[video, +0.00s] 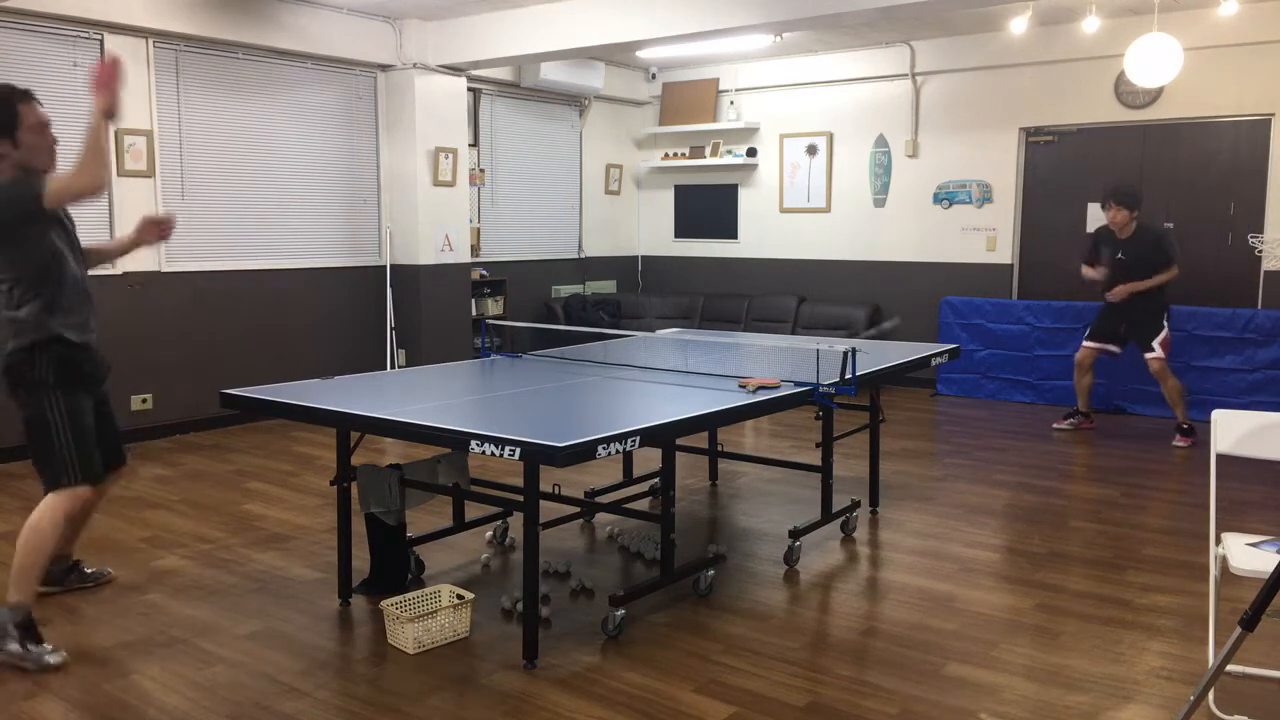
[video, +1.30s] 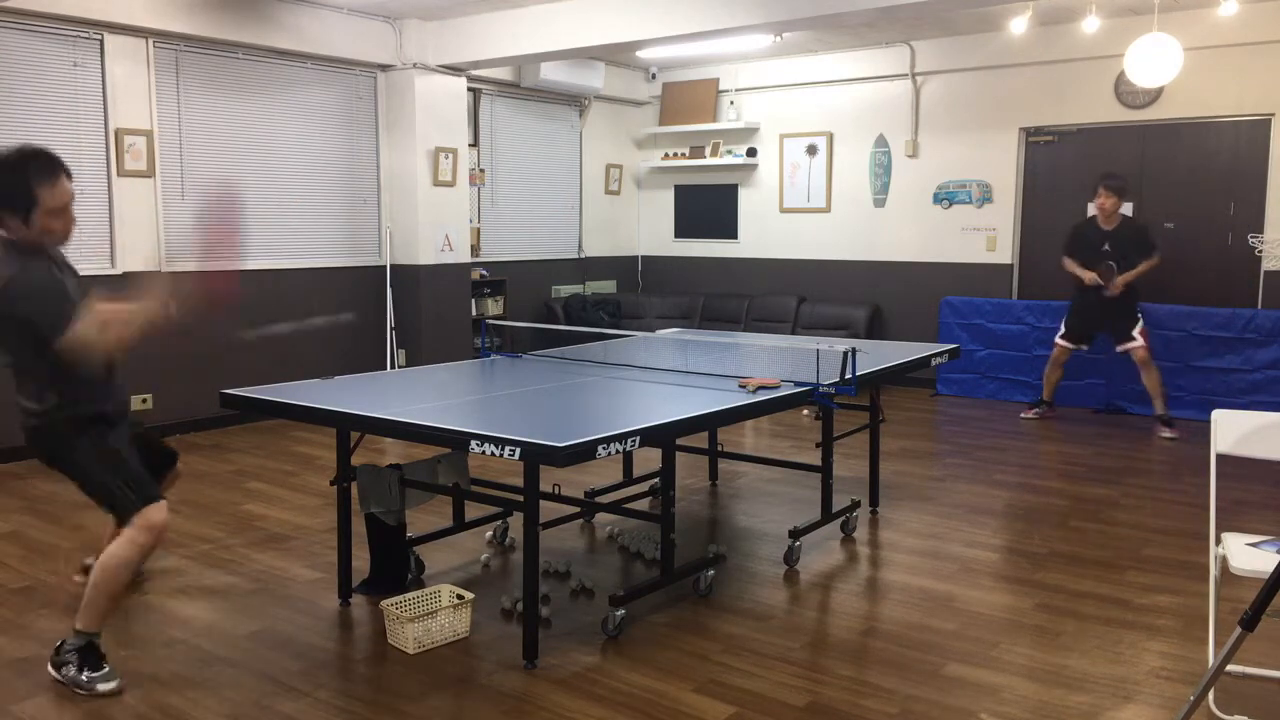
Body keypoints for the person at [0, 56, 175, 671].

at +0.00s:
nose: (53, 133)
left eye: (49, 124)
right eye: (40, 126)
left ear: (27, 141)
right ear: (8, 144)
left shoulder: (39, 197)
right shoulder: (10, 195)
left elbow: (73, 258)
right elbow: (91, 179)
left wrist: (132, 241)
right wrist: (102, 113)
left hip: (70, 351)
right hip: (39, 353)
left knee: (106, 464)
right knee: (72, 485)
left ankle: (55, 566)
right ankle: (12, 618)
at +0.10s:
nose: (72, 155)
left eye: (67, 146)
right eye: (61, 147)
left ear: (30, 165)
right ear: (27, 163)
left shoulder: (40, 218)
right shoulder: (17, 217)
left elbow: (56, 298)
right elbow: (105, 226)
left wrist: (122, 282)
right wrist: (125, 164)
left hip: (64, 379)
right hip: (35, 383)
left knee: (111, 471)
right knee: (75, 504)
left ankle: (56, 565)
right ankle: (8, 636)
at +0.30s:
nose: (103, 147)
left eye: (99, 137)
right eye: (92, 139)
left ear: (64, 153)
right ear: (59, 153)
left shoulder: (69, 210)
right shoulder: (36, 214)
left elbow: (70, 282)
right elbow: (86, 285)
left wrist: (118, 281)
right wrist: (151, 245)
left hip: (60, 373)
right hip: (23, 377)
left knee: (96, 466)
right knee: (51, 484)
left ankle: (54, 564)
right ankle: (16, 624)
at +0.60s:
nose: (143, 199)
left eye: (138, 188)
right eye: (132, 191)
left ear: (101, 205)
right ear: (100, 205)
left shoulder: (96, 254)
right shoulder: (64, 261)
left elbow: (88, 331)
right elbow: (70, 355)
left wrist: (136, 345)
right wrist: (149, 339)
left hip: (54, 396)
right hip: (15, 404)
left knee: (117, 468)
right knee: (78, 499)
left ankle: (106, 551)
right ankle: (13, 623)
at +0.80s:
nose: (141, 232)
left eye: (137, 222)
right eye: (129, 225)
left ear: (102, 239)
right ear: (93, 242)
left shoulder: (124, 275)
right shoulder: (47, 296)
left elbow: (130, 321)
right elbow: (22, 388)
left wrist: (173, 354)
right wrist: (94, 415)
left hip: (76, 402)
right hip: (22, 409)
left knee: (151, 468)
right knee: (76, 486)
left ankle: (108, 550)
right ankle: (55, 629)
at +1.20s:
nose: (81, 253)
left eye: (80, 240)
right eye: (66, 246)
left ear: (83, 236)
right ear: (30, 261)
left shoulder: (94, 275)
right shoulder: (15, 316)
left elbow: (128, 300)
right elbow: (7, 393)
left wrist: (170, 324)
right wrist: (5, 426)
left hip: (108, 423)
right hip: (51, 434)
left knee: (158, 491)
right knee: (123, 509)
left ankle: (121, 547)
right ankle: (72, 648)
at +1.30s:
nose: (69, 222)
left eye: (71, 208)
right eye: (56, 213)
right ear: (12, 221)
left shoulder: (43, 258)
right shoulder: (21, 279)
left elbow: (89, 309)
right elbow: (87, 346)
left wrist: (146, 307)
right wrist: (147, 314)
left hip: (91, 408)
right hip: (61, 425)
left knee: (161, 463)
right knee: (148, 517)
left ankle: (114, 558)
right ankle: (78, 648)